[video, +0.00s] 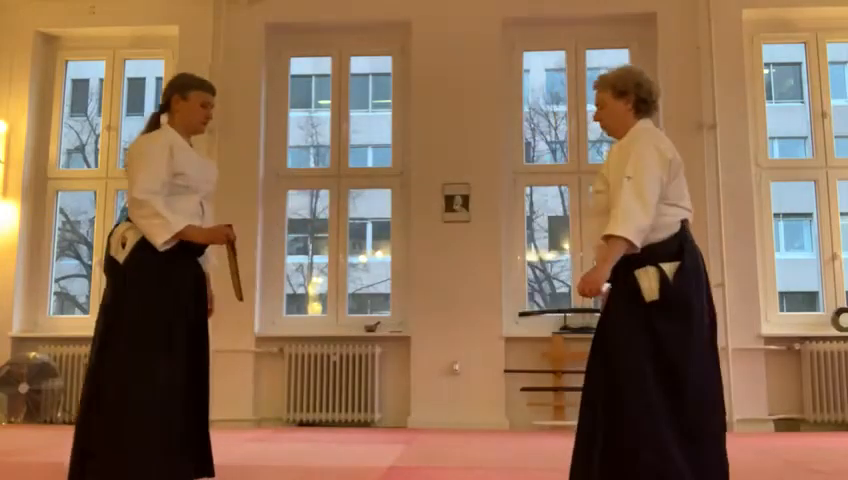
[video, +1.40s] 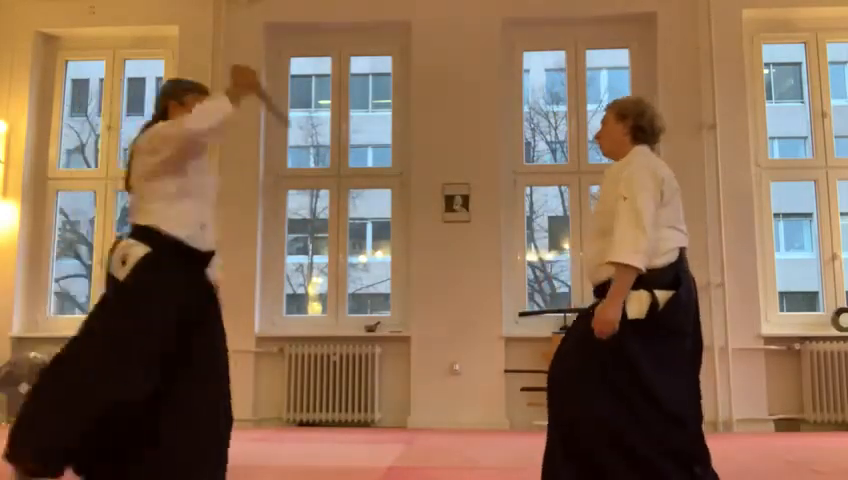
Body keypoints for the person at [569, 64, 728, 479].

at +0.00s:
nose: (595, 113)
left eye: (601, 103)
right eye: (595, 104)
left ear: (627, 102)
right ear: (628, 104)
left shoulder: (643, 142)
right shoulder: (637, 143)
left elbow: (635, 211)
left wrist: (602, 267)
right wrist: (611, 257)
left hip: (658, 273)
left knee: (639, 380)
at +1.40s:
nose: (597, 132)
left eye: (605, 123)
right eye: (601, 124)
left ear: (627, 128)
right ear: (632, 131)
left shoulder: (637, 167)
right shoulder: (647, 165)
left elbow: (635, 238)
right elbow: (646, 238)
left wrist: (613, 302)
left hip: (643, 294)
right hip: (664, 290)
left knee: (569, 374)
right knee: (666, 395)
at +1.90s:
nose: (511, 124)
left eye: (519, 116)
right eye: (515, 116)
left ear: (542, 125)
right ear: (544, 128)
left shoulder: (547, 163)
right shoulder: (540, 183)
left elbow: (473, 154)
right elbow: (469, 220)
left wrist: (419, 116)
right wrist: (423, 187)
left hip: (554, 316)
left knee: (478, 394)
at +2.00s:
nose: (473, 115)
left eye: (480, 108)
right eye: (477, 108)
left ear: (501, 116)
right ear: (511, 118)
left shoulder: (508, 151)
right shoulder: (494, 169)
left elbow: (433, 131)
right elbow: (451, 197)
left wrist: (385, 91)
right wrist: (409, 185)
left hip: (521, 297)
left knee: (446, 386)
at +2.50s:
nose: (437, 104)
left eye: (446, 93)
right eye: (441, 94)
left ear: (473, 98)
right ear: (474, 100)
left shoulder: (474, 139)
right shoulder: (486, 149)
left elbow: (384, 141)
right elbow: (425, 203)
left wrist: (292, 128)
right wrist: (372, 173)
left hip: (499, 283)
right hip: (528, 283)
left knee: (409, 383)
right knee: (544, 399)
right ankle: (630, 472)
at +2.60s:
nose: (457, 109)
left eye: (464, 98)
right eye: (459, 99)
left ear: (494, 99)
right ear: (498, 101)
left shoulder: (498, 135)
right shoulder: (520, 144)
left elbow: (424, 170)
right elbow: (484, 233)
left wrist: (331, 182)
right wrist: (420, 237)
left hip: (529, 272)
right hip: (561, 273)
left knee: (441, 383)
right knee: (581, 402)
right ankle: (649, 473)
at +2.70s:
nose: (479, 116)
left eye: (484, 105)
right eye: (478, 107)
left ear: (513, 103)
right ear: (525, 105)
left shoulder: (515, 142)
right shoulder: (555, 146)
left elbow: (452, 197)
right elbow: (535, 237)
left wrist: (377, 233)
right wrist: (464, 280)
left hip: (567, 278)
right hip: (609, 278)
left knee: (485, 390)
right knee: (620, 404)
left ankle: (440, 467)